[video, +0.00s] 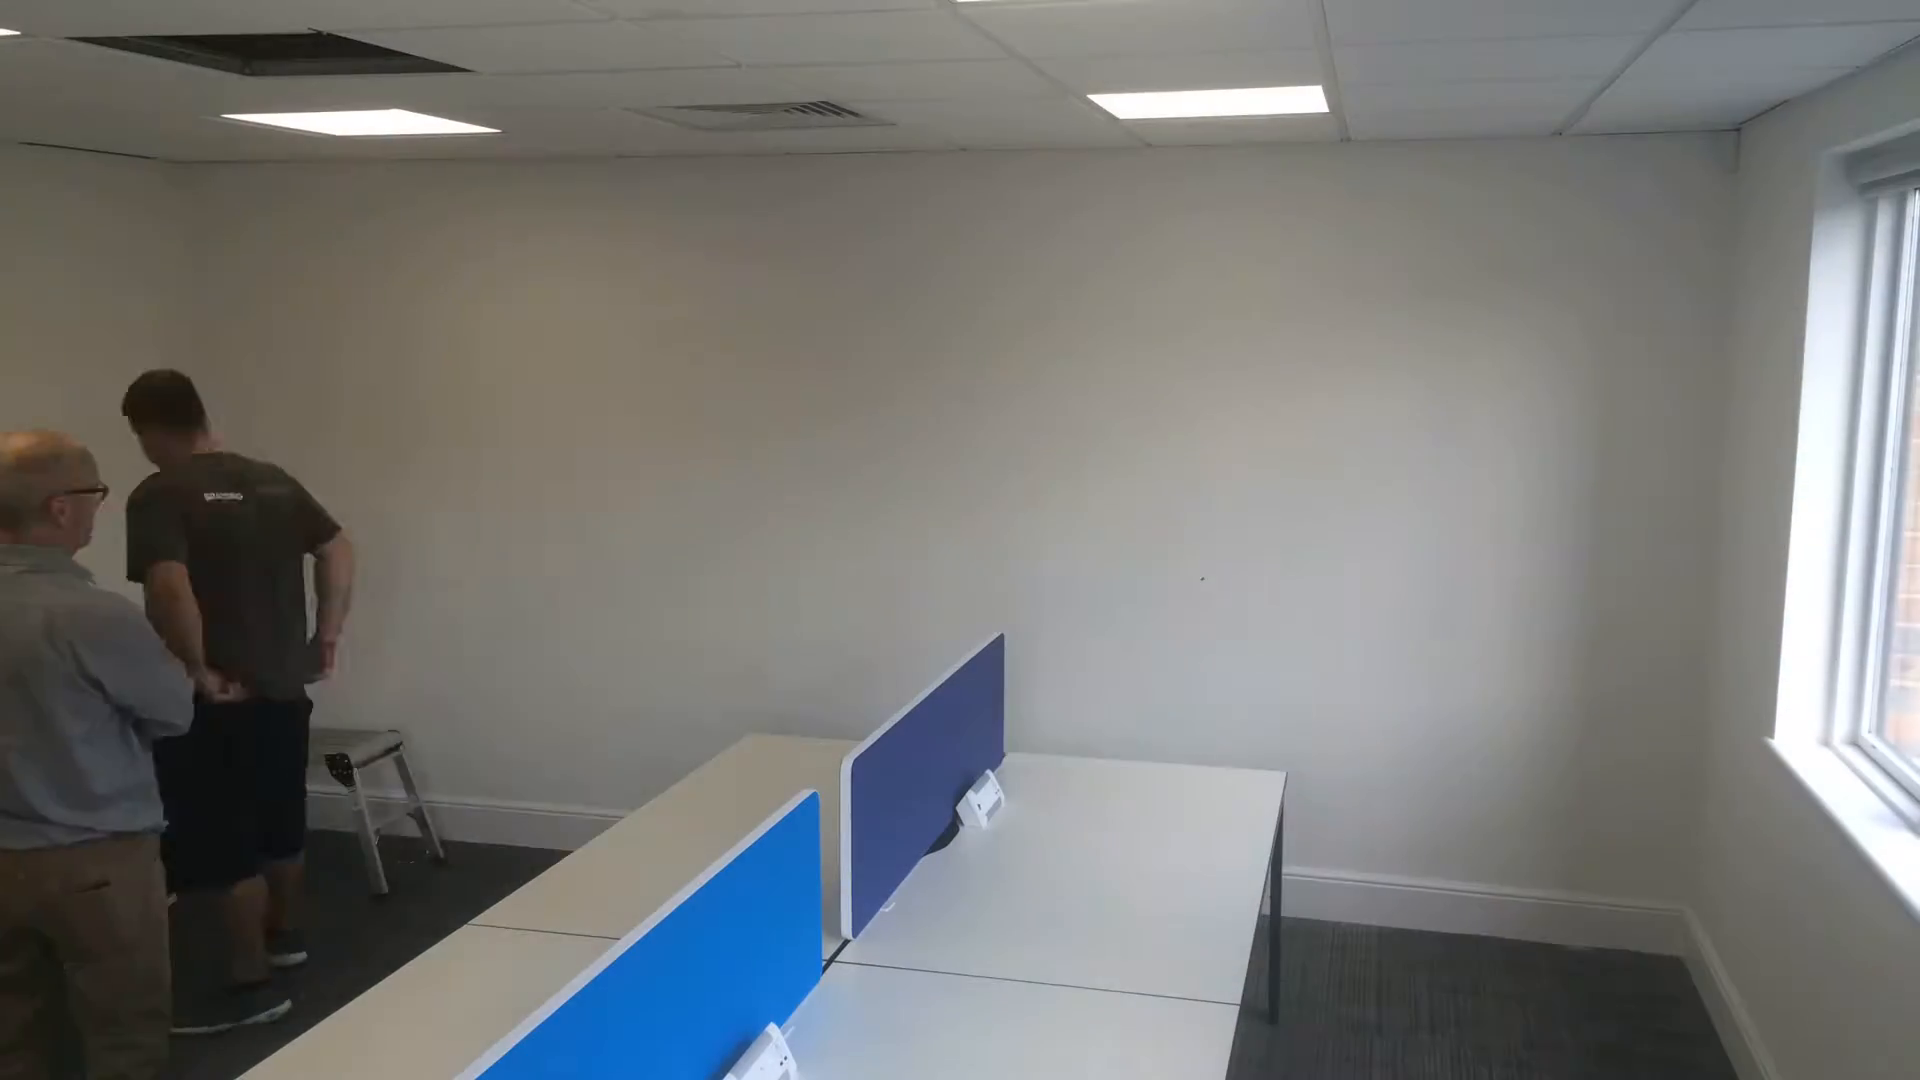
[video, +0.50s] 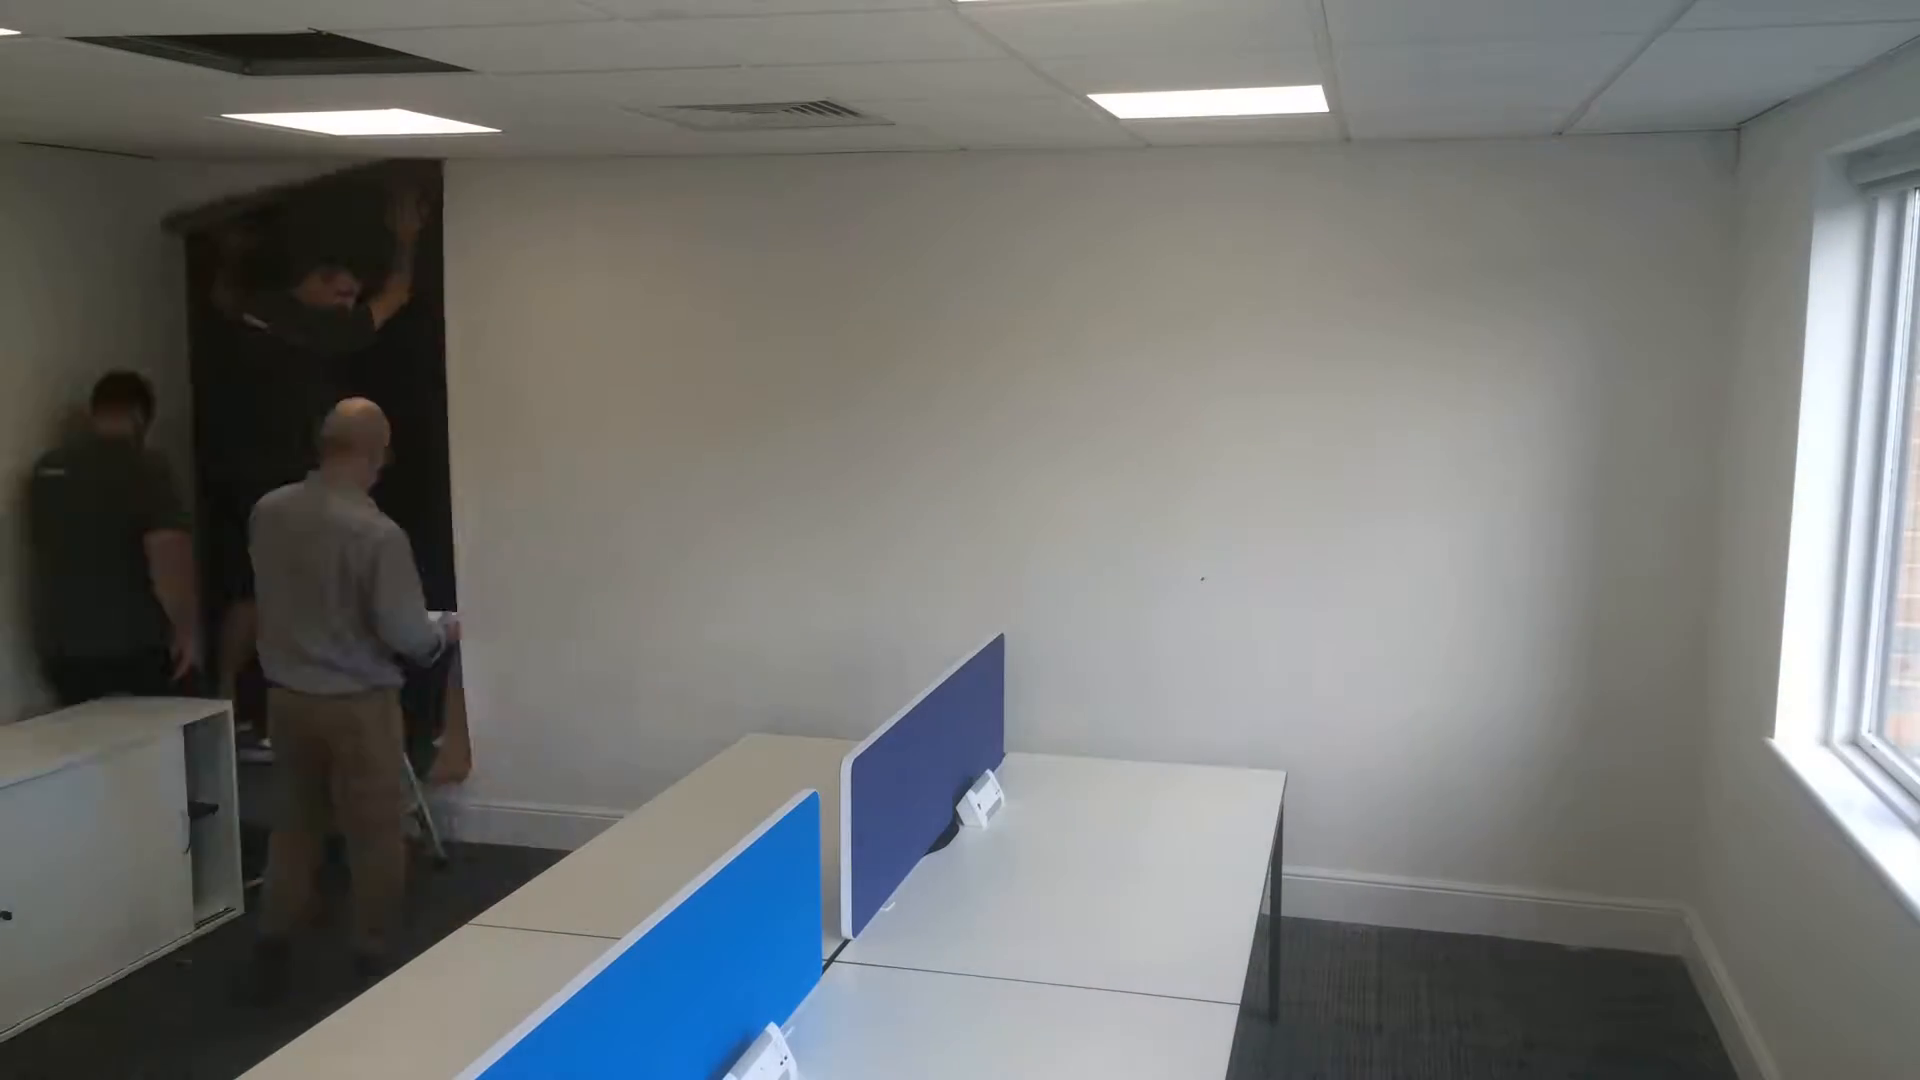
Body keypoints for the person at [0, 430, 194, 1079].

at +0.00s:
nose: (101, 506)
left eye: (99, 493)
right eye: (93, 494)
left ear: (28, 507)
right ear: (58, 508)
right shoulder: (93, 612)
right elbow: (176, 709)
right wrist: (99, 717)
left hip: (13, 866)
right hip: (102, 868)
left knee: (22, 1050)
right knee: (127, 1050)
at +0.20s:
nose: (68, 456)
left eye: (78, 444)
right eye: (52, 444)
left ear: (89, 446)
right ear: (22, 446)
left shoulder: (82, 508)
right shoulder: (6, 515)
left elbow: (86, 594)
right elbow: (4, 624)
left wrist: (156, 586)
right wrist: (58, 641)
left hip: (82, 711)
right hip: (27, 717)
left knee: (81, 840)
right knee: (32, 857)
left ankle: (89, 962)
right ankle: (37, 1000)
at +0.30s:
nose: (80, 453)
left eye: (91, 443)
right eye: (66, 441)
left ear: (105, 445)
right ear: (38, 440)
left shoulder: (104, 504)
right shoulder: (17, 506)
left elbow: (106, 596)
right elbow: (12, 622)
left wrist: (183, 619)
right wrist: (59, 688)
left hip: (89, 706)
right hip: (31, 711)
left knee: (79, 842)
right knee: (39, 854)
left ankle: (74, 968)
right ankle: (40, 1000)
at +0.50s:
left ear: (92, 411)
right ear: (143, 416)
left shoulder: (49, 469)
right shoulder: (148, 470)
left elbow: (43, 555)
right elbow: (167, 556)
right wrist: (184, 629)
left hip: (65, 643)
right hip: (135, 643)